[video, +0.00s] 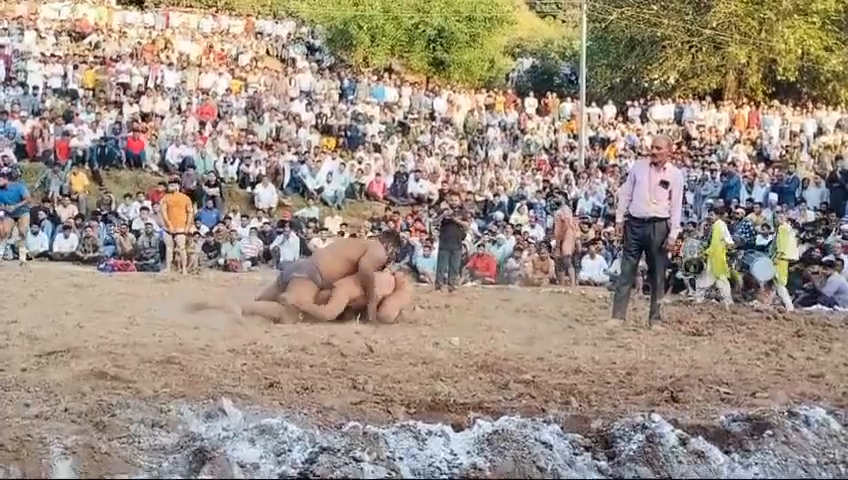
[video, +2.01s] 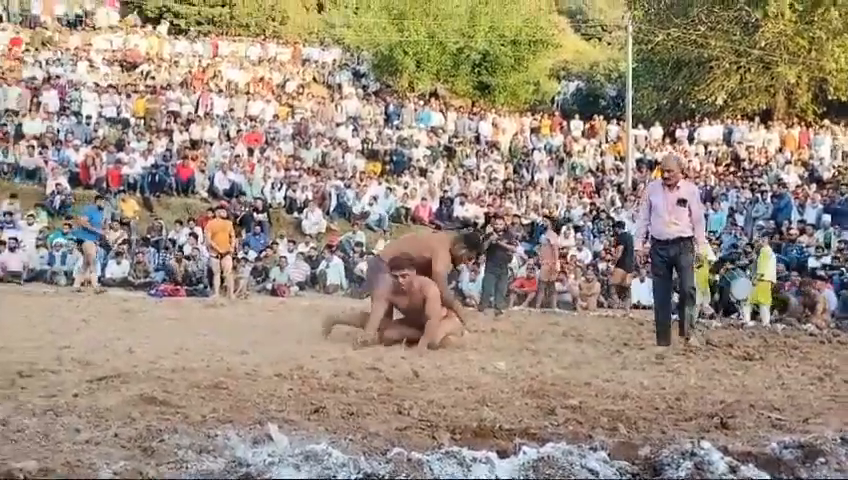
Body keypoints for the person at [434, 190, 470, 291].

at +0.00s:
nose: (454, 202)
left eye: (456, 200)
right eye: (451, 200)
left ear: (460, 201)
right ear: (448, 201)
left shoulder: (463, 212)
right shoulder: (443, 211)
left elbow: (468, 225)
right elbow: (435, 222)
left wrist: (455, 219)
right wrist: (443, 216)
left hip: (457, 241)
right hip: (444, 240)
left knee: (455, 266)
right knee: (442, 265)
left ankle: (452, 285)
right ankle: (439, 284)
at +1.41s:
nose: (464, 203)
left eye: (466, 201)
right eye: (462, 201)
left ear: (470, 201)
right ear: (459, 201)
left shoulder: (473, 214)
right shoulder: (453, 213)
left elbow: (478, 225)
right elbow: (446, 224)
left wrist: (466, 220)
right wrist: (455, 217)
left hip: (467, 244)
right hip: (455, 243)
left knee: (464, 268)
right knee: (451, 266)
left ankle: (460, 287)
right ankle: (447, 286)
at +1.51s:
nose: (472, 205)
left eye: (474, 203)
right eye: (470, 203)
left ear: (477, 204)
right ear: (466, 203)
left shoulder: (481, 216)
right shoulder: (461, 215)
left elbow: (485, 228)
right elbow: (454, 227)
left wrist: (474, 222)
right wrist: (463, 218)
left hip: (475, 246)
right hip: (463, 245)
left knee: (472, 269)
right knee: (459, 268)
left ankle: (469, 288)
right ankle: (455, 287)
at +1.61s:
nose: (484, 209)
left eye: (486, 207)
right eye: (482, 206)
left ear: (490, 207)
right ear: (478, 207)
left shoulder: (493, 220)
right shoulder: (473, 219)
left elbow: (498, 231)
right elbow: (466, 231)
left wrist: (485, 226)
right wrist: (475, 223)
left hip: (488, 250)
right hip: (475, 249)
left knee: (484, 274)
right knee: (472, 272)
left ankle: (481, 292)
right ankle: (467, 290)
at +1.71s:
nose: (496, 214)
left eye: (498, 212)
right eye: (494, 212)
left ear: (502, 213)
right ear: (492, 212)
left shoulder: (507, 225)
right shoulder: (487, 224)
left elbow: (511, 237)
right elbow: (479, 236)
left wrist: (500, 232)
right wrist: (488, 228)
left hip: (501, 256)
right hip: (489, 255)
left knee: (497, 279)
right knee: (485, 278)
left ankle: (494, 297)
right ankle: (480, 295)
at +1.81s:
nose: (508, 220)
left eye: (510, 218)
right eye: (506, 218)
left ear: (514, 219)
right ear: (503, 219)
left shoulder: (517, 230)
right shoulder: (498, 230)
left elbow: (524, 242)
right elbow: (490, 242)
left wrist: (512, 238)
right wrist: (499, 234)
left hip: (513, 259)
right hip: (500, 258)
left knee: (510, 283)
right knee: (496, 281)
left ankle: (507, 302)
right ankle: (493, 300)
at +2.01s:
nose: (498, 226)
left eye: (501, 224)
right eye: (496, 224)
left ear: (504, 225)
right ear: (493, 225)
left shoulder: (509, 235)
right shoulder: (489, 235)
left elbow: (515, 248)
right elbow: (482, 248)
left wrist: (501, 244)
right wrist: (490, 240)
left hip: (503, 265)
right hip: (491, 264)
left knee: (501, 289)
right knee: (488, 287)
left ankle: (498, 308)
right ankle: (484, 306)